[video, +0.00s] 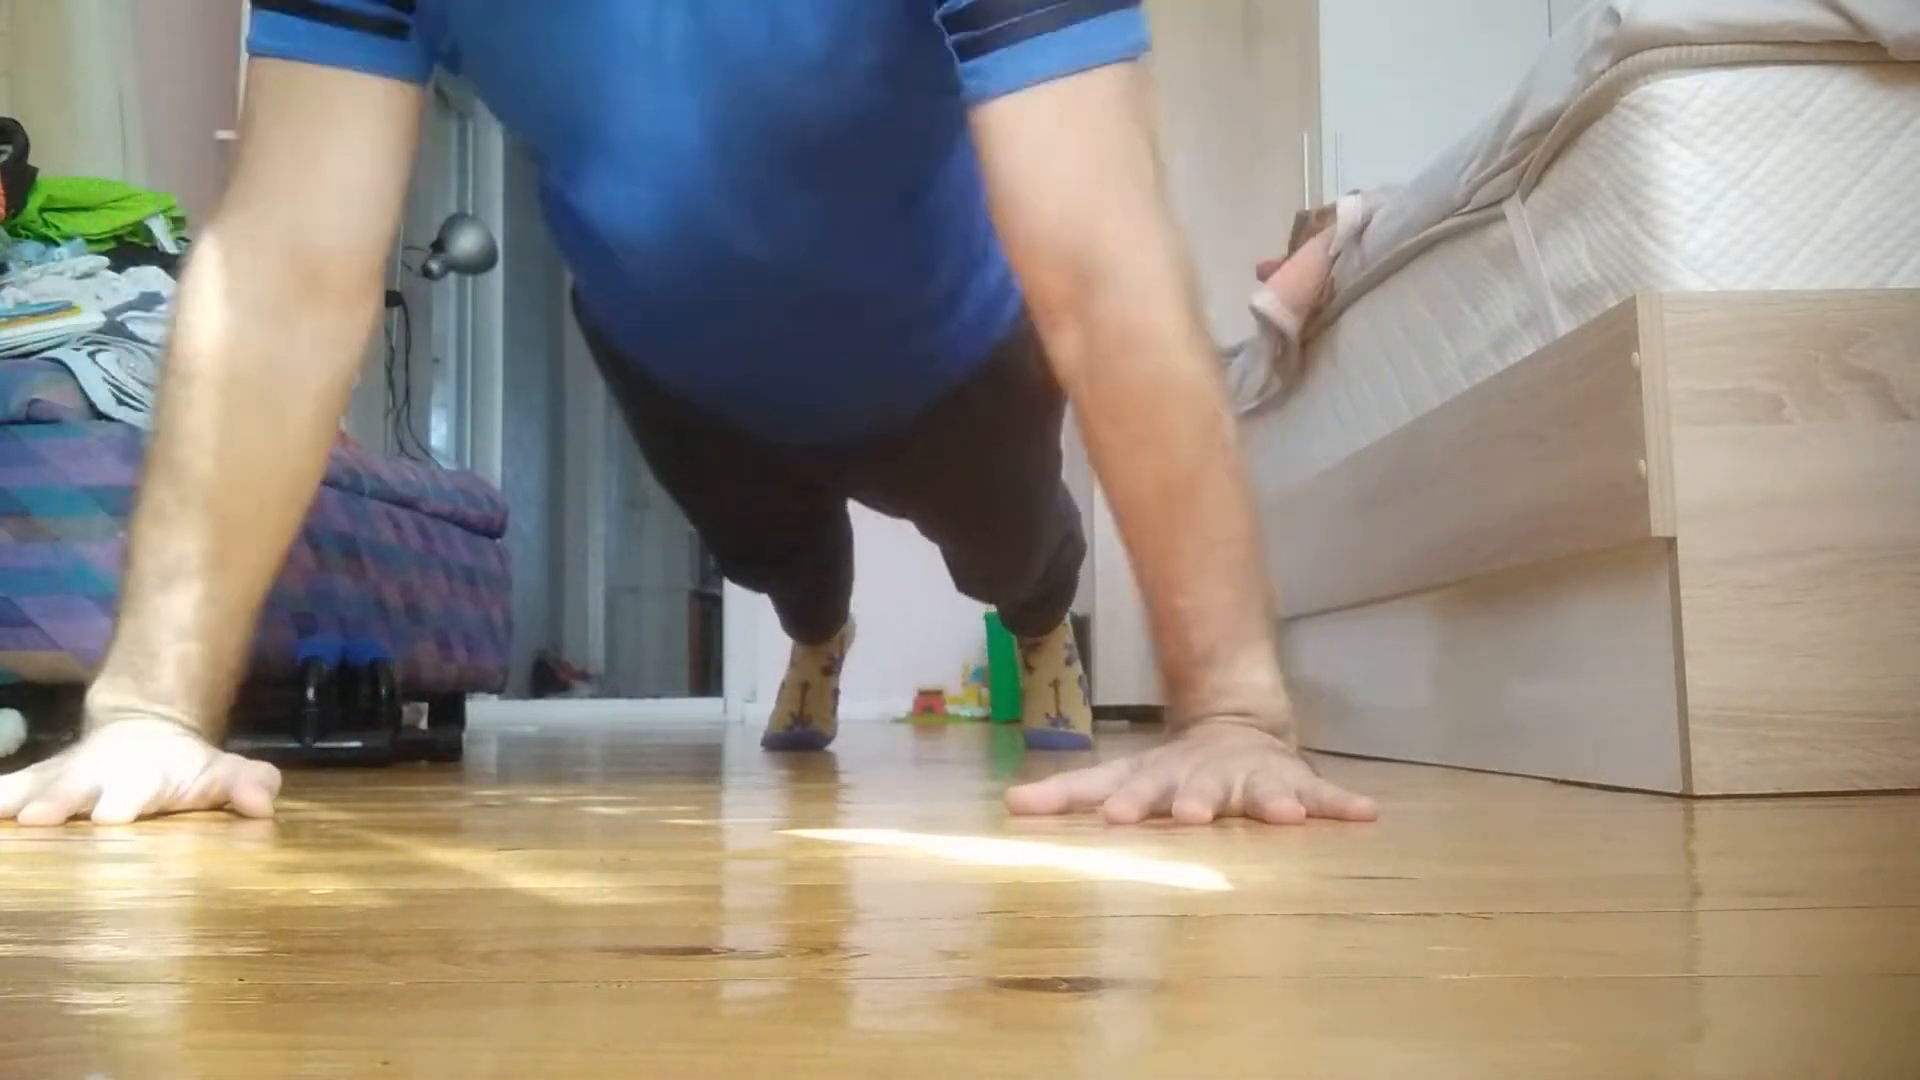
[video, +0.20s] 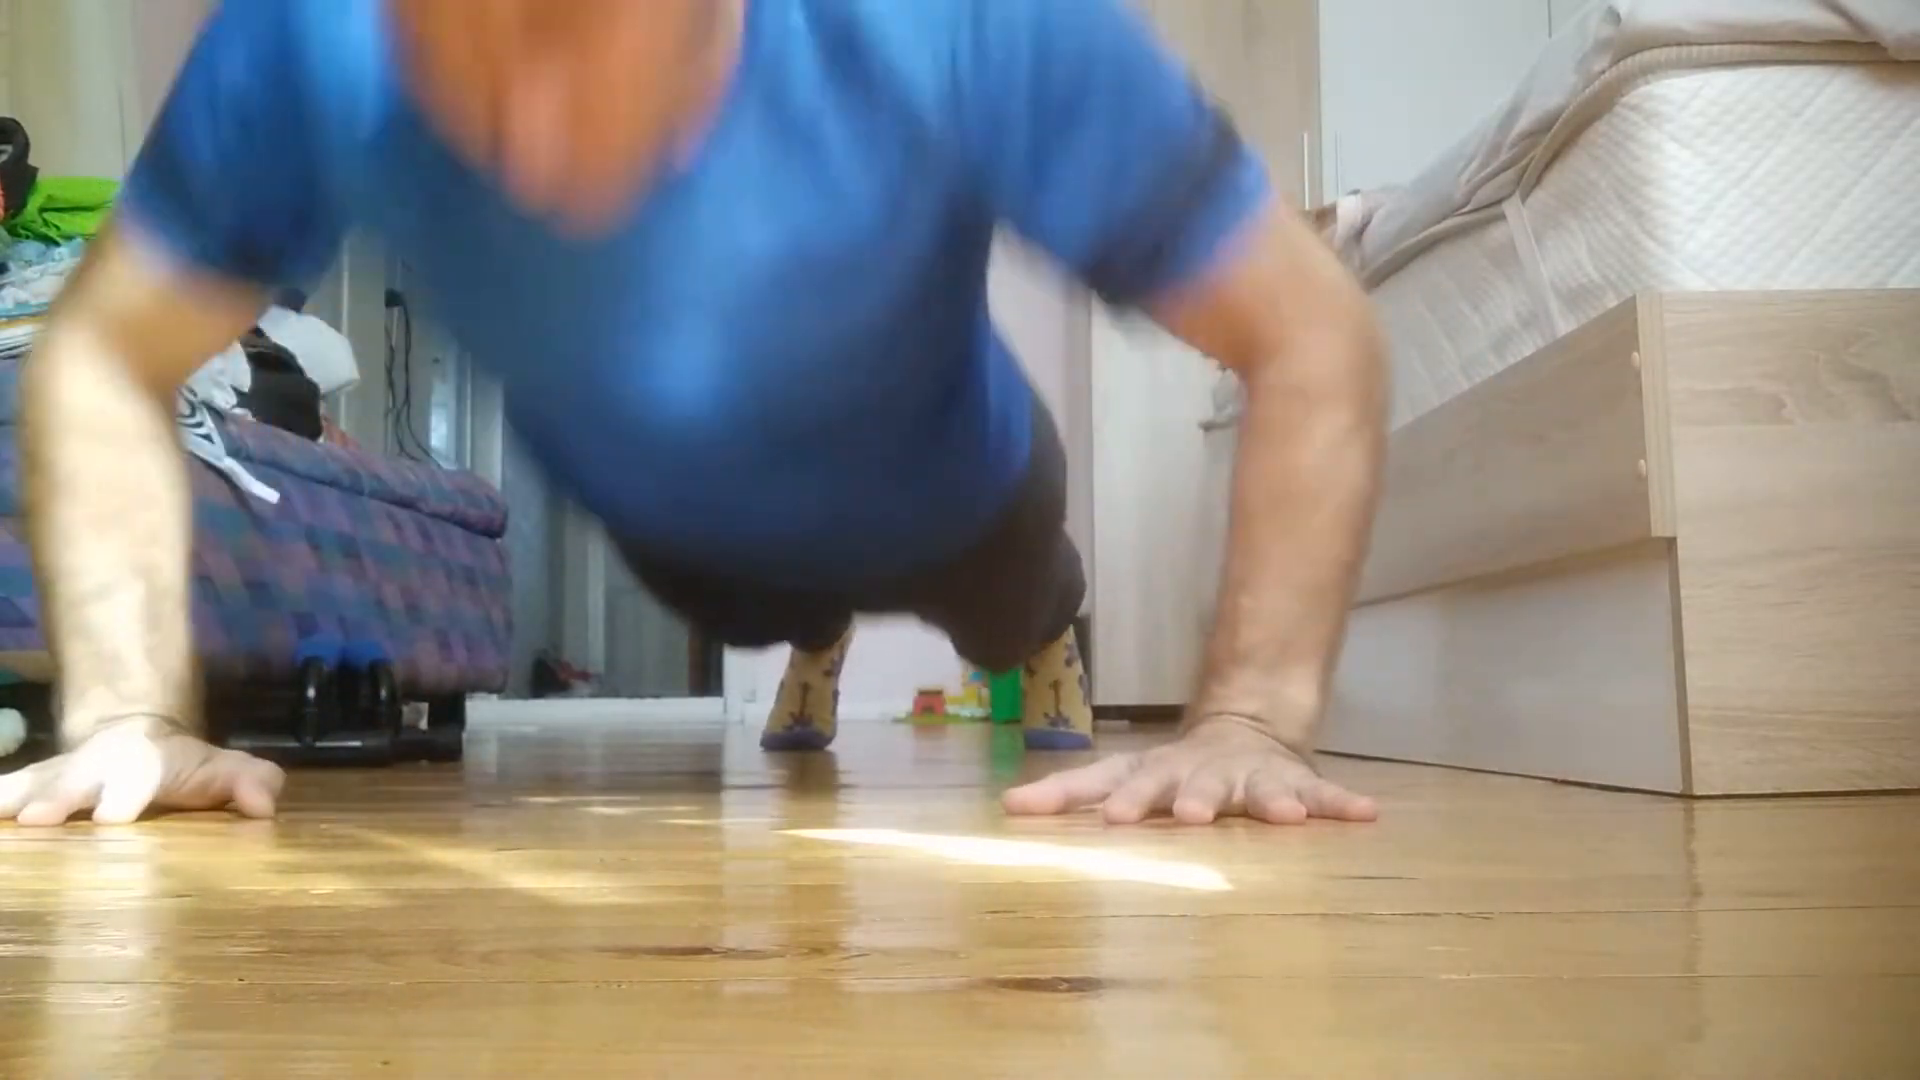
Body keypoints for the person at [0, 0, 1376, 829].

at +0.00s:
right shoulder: (381, 2)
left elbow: (1102, 266)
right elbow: (284, 269)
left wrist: (1236, 700)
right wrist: (154, 708)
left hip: (941, 360)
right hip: (683, 378)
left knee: (1013, 549)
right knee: (778, 550)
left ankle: (1015, 622)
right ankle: (817, 642)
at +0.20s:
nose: (521, 124)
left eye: (572, 50)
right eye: (472, 54)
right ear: (412, 13)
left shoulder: (951, 32)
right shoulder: (322, 52)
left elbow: (1320, 331)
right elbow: (97, 355)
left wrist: (1249, 718)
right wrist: (136, 716)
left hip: (946, 508)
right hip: (698, 553)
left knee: (1011, 625)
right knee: (787, 617)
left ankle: (1013, 660)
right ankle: (811, 659)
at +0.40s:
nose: (480, 742)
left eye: (547, 646)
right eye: (393, 666)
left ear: (707, 447)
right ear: (294, 526)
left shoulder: (942, 389)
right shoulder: (243, 382)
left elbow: (1361, 348)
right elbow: (43, 377)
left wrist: (1250, 723)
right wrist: (133, 715)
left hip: (938, 727)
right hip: (615, 761)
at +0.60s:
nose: (488, 655)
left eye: (547, 573)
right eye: (406, 587)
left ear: (718, 388)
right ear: (317, 463)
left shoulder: (962, 370)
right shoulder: (241, 363)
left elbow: (1410, 352)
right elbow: (24, 369)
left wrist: (1260, 723)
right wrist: (121, 706)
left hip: (943, 641)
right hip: (681, 664)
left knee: (1008, 633)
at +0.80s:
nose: (530, 214)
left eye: (584, 109)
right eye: (457, 139)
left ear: (738, 19)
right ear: (383, 76)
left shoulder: (978, 101)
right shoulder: (303, 134)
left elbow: (1376, 357)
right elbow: (45, 380)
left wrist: (1264, 714)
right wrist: (134, 717)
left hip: (954, 495)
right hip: (704, 535)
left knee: (1008, 607)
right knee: (791, 611)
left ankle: (1027, 644)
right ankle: (816, 657)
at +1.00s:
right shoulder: (360, 17)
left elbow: (1216, 280)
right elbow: (210, 300)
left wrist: (1249, 709)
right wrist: (145, 712)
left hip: (942, 387)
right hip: (687, 427)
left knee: (1002, 564)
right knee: (783, 569)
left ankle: (1012, 626)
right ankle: (820, 644)